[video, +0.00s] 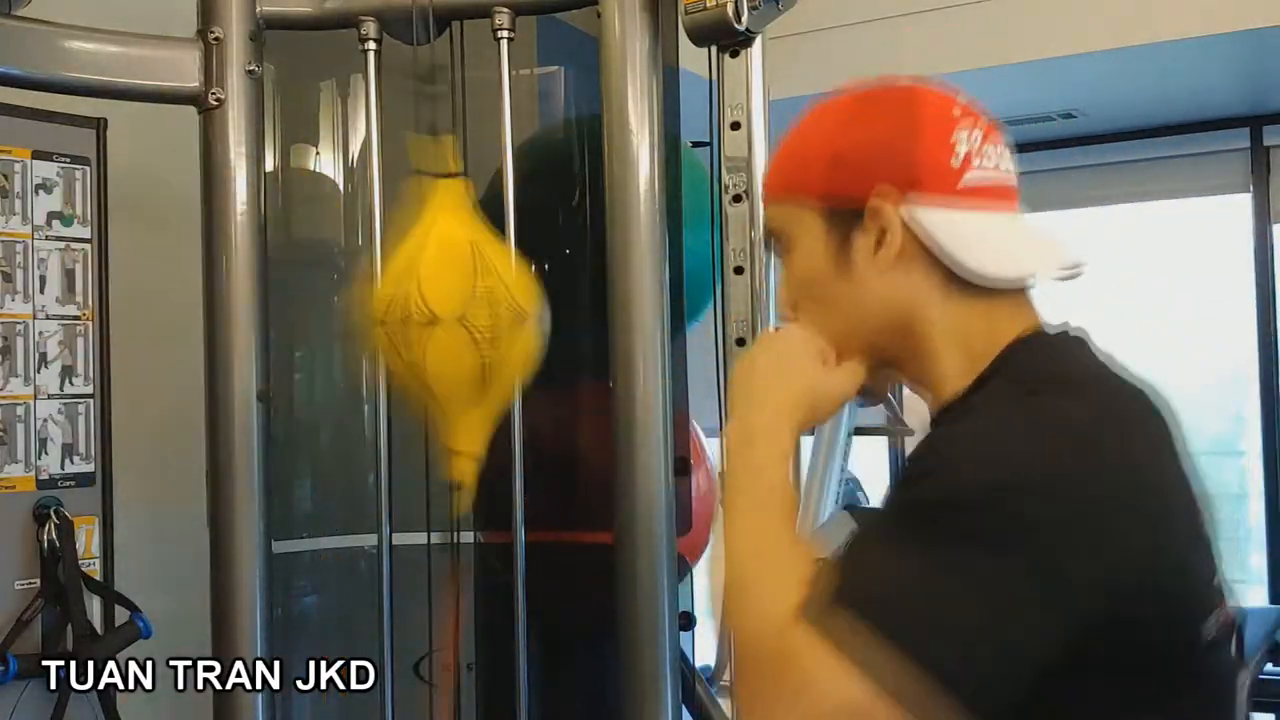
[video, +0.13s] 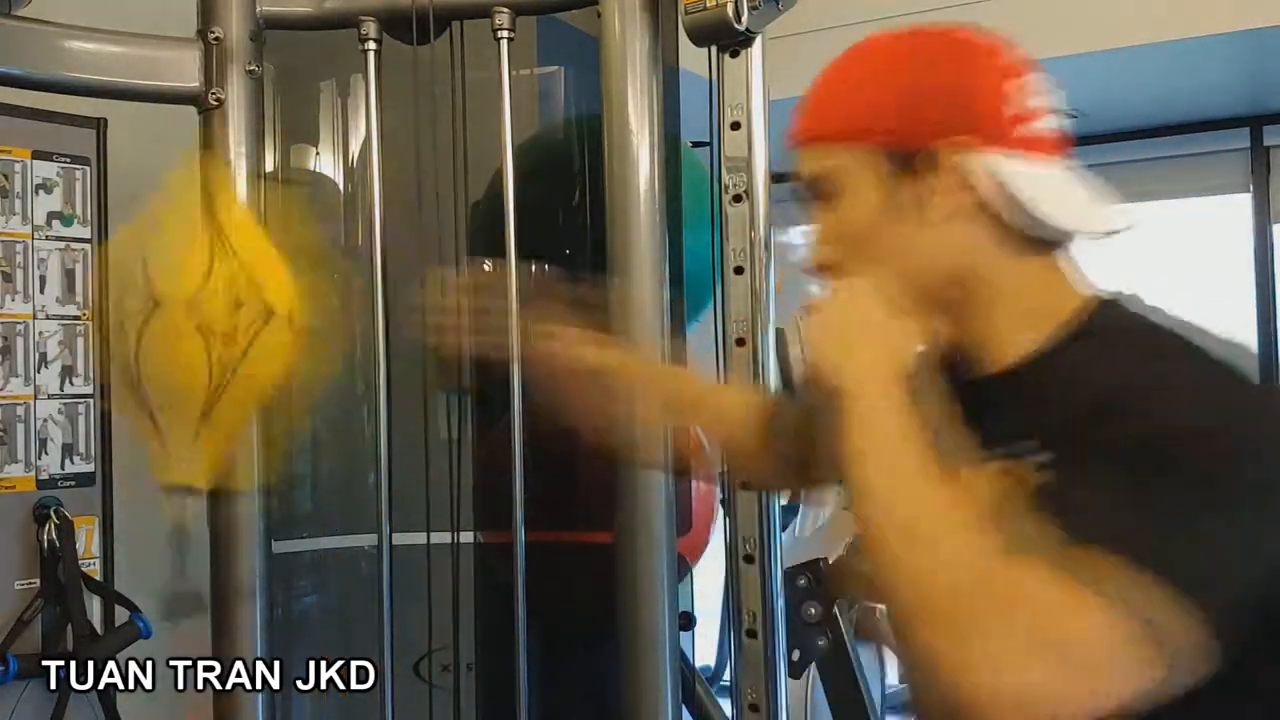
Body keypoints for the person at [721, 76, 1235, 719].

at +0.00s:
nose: (783, 299)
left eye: (784, 248)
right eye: (778, 253)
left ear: (881, 234)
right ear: (882, 233)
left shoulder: (1034, 446)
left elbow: (794, 702)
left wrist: (759, 424)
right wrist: (760, 439)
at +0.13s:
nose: (815, 246)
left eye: (829, 197)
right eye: (811, 204)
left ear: (951, 189)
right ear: (951, 192)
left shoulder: (1202, 422)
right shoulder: (942, 383)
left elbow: (1005, 671)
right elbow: (767, 438)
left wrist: (869, 382)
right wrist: (540, 348)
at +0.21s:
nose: (840, 251)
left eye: (865, 199)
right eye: (839, 207)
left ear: (1004, 187)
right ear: (993, 189)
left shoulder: (1244, 398)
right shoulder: (872, 390)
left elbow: (1159, 665)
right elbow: (606, 412)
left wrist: (960, 376)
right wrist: (380, 337)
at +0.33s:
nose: (863, 282)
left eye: (893, 223)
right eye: (859, 235)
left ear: (1034, 211)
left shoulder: (1244, 412)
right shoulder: (900, 436)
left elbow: (1225, 681)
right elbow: (609, 509)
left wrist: (1013, 391)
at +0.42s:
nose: (854, 266)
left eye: (880, 214)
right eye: (853, 226)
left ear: (1014, 202)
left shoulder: (1236, 399)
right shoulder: (877, 424)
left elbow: (1204, 648)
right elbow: (627, 469)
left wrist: (1020, 386)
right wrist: (867, 364)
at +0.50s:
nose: (827, 251)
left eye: (849, 197)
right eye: (830, 209)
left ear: (970, 185)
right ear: (966, 189)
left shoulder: (1226, 374)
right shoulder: (864, 409)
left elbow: (1117, 580)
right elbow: (611, 404)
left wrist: (938, 325)